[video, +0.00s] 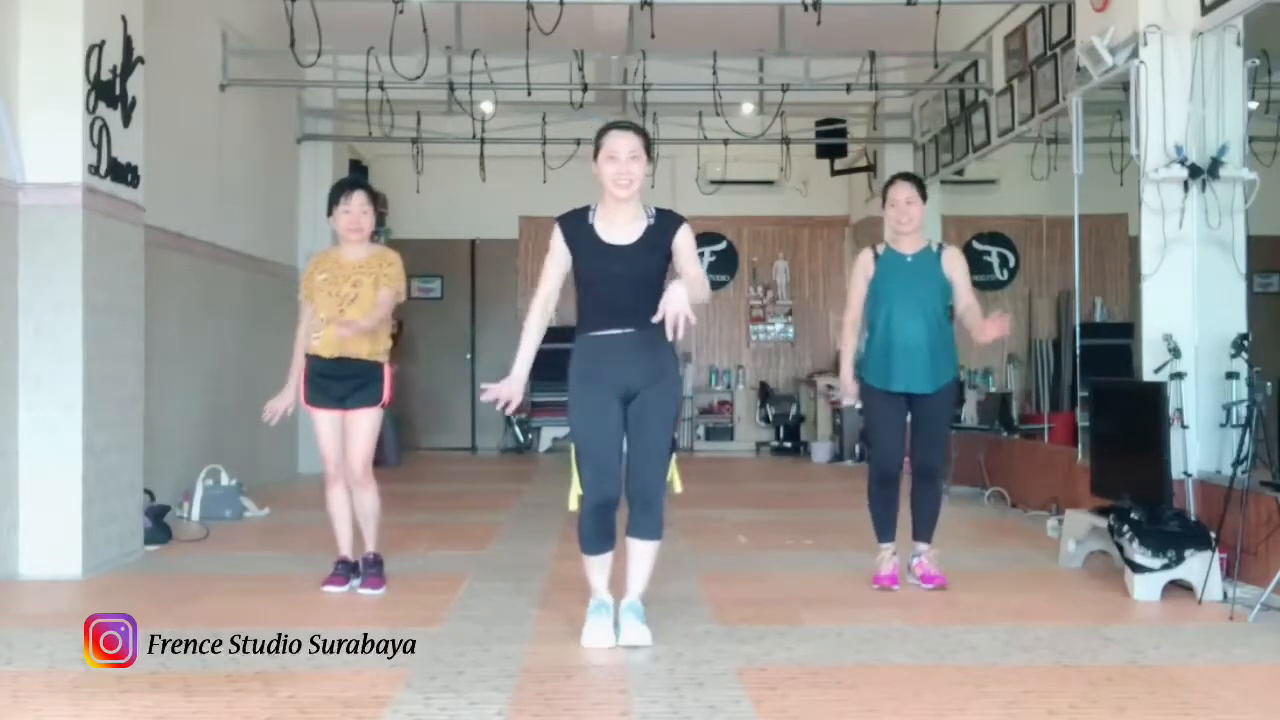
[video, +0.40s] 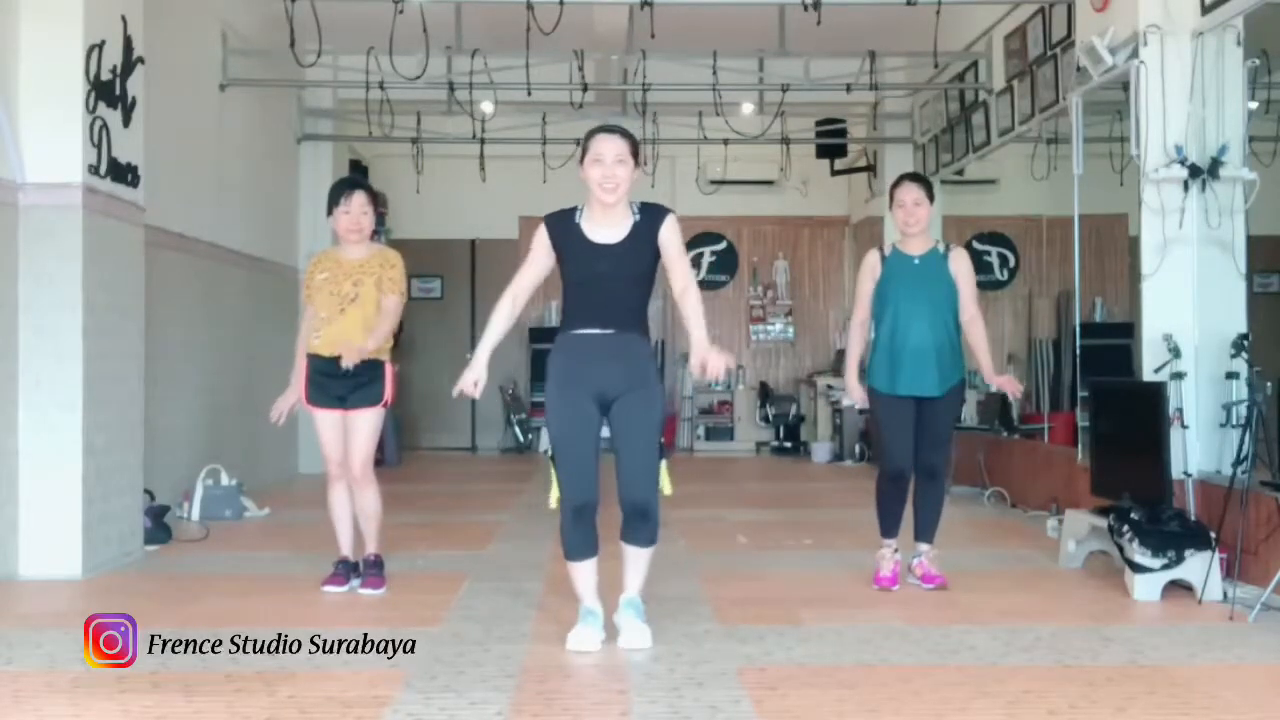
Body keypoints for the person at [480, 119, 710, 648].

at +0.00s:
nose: (624, 168)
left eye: (633, 158)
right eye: (613, 158)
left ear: (648, 167)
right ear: (595, 165)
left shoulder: (672, 228)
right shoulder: (570, 229)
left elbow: (703, 291)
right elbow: (542, 305)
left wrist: (681, 287)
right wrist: (518, 374)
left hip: (655, 367)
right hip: (592, 369)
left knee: (648, 488)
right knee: (599, 491)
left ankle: (633, 605)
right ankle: (599, 602)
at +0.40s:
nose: (608, 172)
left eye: (619, 162)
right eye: (598, 161)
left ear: (637, 170)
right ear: (581, 168)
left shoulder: (658, 223)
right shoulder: (556, 229)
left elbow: (684, 285)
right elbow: (516, 294)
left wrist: (701, 341)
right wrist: (480, 357)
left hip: (636, 369)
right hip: (572, 370)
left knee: (640, 494)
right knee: (578, 496)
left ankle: (631, 605)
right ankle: (589, 611)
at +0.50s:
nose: (603, 183)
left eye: (614, 174)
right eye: (592, 173)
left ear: (629, 183)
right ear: (576, 181)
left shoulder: (652, 240)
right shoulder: (550, 243)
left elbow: (679, 317)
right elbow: (518, 314)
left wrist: (698, 390)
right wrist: (494, 375)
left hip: (628, 379)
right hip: (563, 380)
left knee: (643, 490)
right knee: (569, 503)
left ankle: (636, 585)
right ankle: (589, 611)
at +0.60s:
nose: (599, 187)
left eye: (610, 179)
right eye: (588, 178)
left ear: (625, 190)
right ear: (572, 187)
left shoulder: (649, 246)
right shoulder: (546, 249)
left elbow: (677, 324)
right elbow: (509, 319)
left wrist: (697, 397)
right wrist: (500, 369)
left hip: (626, 383)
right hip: (561, 384)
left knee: (639, 466)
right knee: (567, 504)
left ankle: (635, 578)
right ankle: (589, 611)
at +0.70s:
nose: (597, 176)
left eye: (609, 167)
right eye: (587, 166)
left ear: (624, 177)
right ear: (570, 175)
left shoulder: (647, 233)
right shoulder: (544, 236)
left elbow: (677, 307)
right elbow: (503, 307)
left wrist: (694, 378)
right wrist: (506, 340)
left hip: (625, 375)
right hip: (559, 375)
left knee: (638, 461)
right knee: (568, 500)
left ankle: (630, 596)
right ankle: (588, 611)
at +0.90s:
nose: (595, 169)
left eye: (606, 160)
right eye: (585, 159)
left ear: (621, 170)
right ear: (567, 166)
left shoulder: (641, 226)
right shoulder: (539, 227)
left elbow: (667, 293)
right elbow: (509, 302)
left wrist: (686, 360)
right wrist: (530, 298)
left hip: (623, 366)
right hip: (558, 367)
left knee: (626, 492)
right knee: (572, 497)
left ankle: (623, 627)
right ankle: (588, 611)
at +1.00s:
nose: (594, 172)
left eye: (604, 163)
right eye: (583, 162)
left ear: (619, 173)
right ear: (565, 171)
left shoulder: (641, 231)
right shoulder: (540, 235)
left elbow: (660, 296)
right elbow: (516, 316)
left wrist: (673, 362)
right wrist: (533, 300)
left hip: (624, 370)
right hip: (559, 370)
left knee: (627, 492)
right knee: (571, 502)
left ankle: (622, 623)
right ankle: (588, 611)